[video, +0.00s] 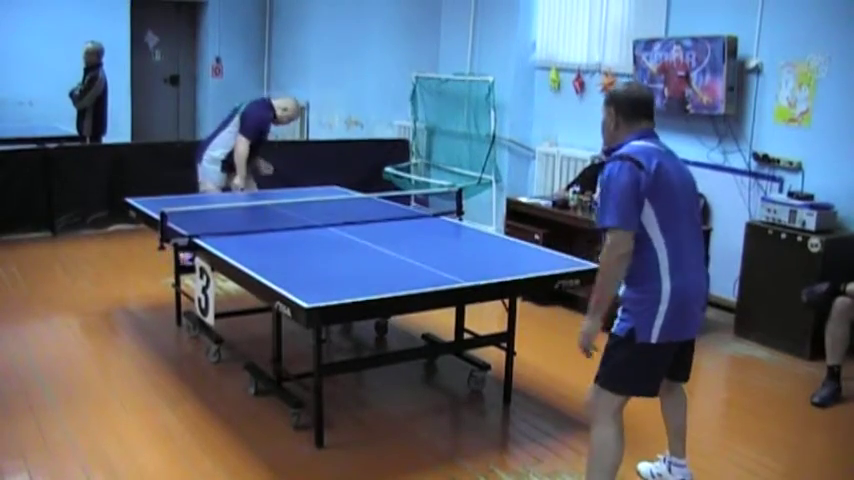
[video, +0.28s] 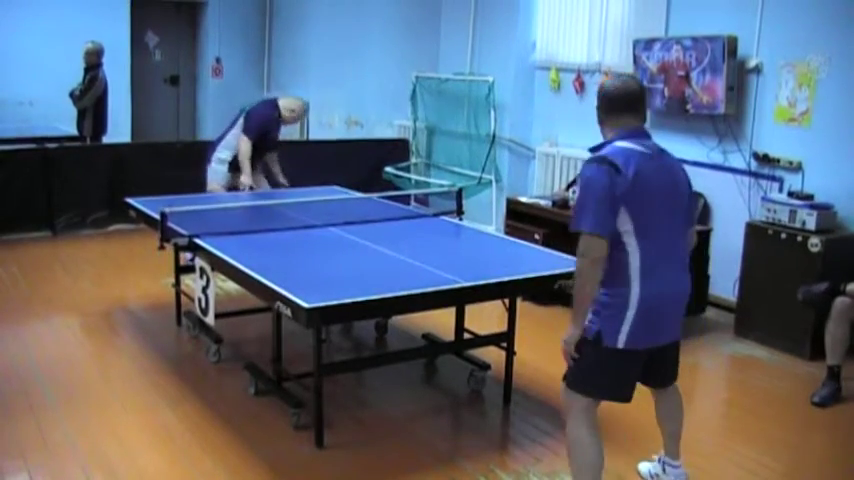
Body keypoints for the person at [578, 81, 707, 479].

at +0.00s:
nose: (602, 125)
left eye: (604, 116)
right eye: (604, 116)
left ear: (614, 117)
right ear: (647, 119)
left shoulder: (625, 165)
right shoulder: (669, 161)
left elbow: (618, 247)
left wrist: (594, 317)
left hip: (651, 309)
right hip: (687, 305)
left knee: (604, 404)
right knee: (672, 384)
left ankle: (599, 473)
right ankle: (677, 463)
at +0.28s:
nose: (597, 117)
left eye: (598, 111)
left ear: (601, 114)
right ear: (644, 113)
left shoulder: (604, 167)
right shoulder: (671, 165)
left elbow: (592, 252)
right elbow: (687, 237)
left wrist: (577, 323)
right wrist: (658, 282)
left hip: (622, 315)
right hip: (670, 312)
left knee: (578, 401)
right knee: (664, 384)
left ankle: (586, 473)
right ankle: (671, 462)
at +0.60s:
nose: (657, 106)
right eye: (656, 100)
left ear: (605, 100)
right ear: (649, 103)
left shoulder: (572, 153)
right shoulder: (672, 162)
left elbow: (540, 237)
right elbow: (689, 242)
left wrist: (528, 304)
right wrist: (648, 263)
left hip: (588, 311)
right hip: (647, 312)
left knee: (581, 408)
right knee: (642, 399)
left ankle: (586, 476)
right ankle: (637, 475)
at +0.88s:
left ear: (604, 99)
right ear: (651, 103)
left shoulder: (574, 152)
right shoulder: (672, 164)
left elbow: (543, 233)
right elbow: (689, 247)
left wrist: (541, 294)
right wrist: (652, 273)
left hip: (586, 308)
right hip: (644, 308)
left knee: (579, 406)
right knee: (639, 394)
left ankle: (586, 477)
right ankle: (635, 475)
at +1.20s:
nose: (597, 104)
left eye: (599, 98)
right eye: (601, 98)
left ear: (604, 100)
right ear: (644, 104)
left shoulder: (595, 149)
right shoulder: (670, 159)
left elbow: (565, 232)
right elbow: (684, 239)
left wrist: (556, 296)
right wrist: (648, 268)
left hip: (598, 302)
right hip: (650, 303)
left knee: (561, 392)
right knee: (637, 389)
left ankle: (576, 476)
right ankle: (635, 474)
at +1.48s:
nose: (578, 109)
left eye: (579, 101)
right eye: (581, 101)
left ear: (585, 103)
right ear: (624, 106)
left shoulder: (582, 151)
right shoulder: (651, 160)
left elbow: (562, 236)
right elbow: (659, 236)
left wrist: (554, 302)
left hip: (589, 308)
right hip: (638, 309)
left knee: (549, 405)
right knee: (628, 385)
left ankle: (519, 475)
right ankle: (634, 473)